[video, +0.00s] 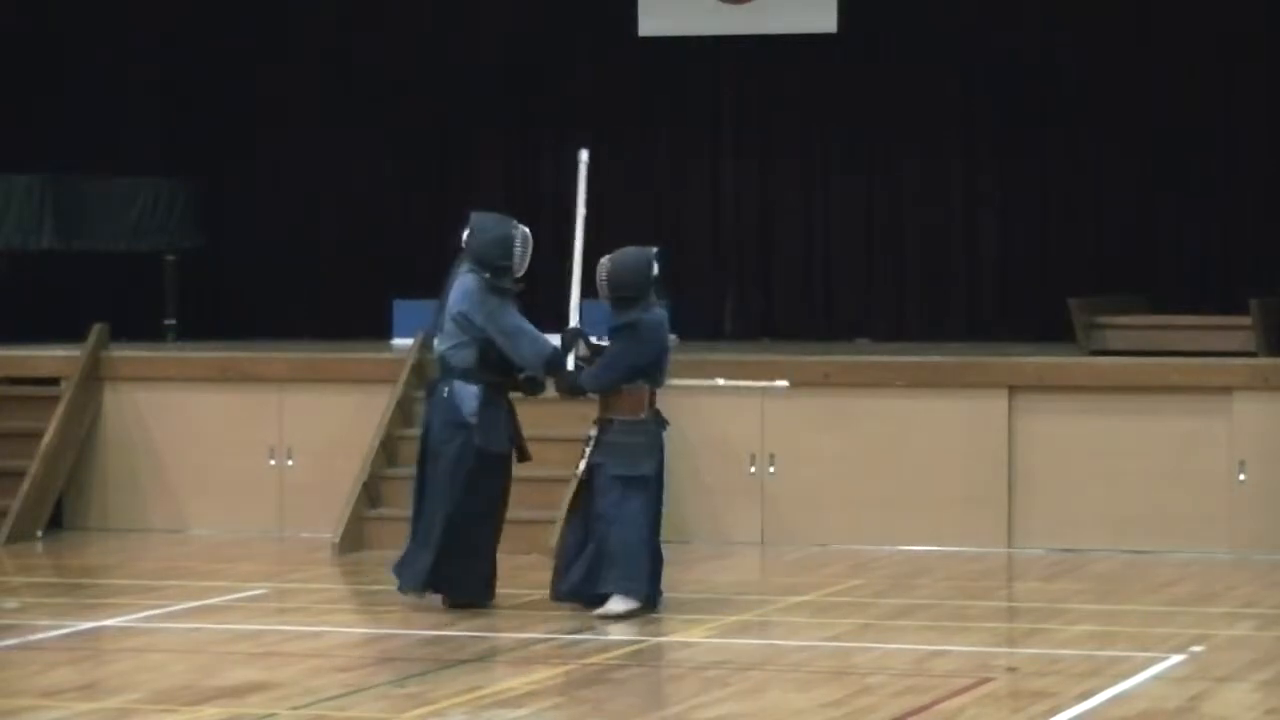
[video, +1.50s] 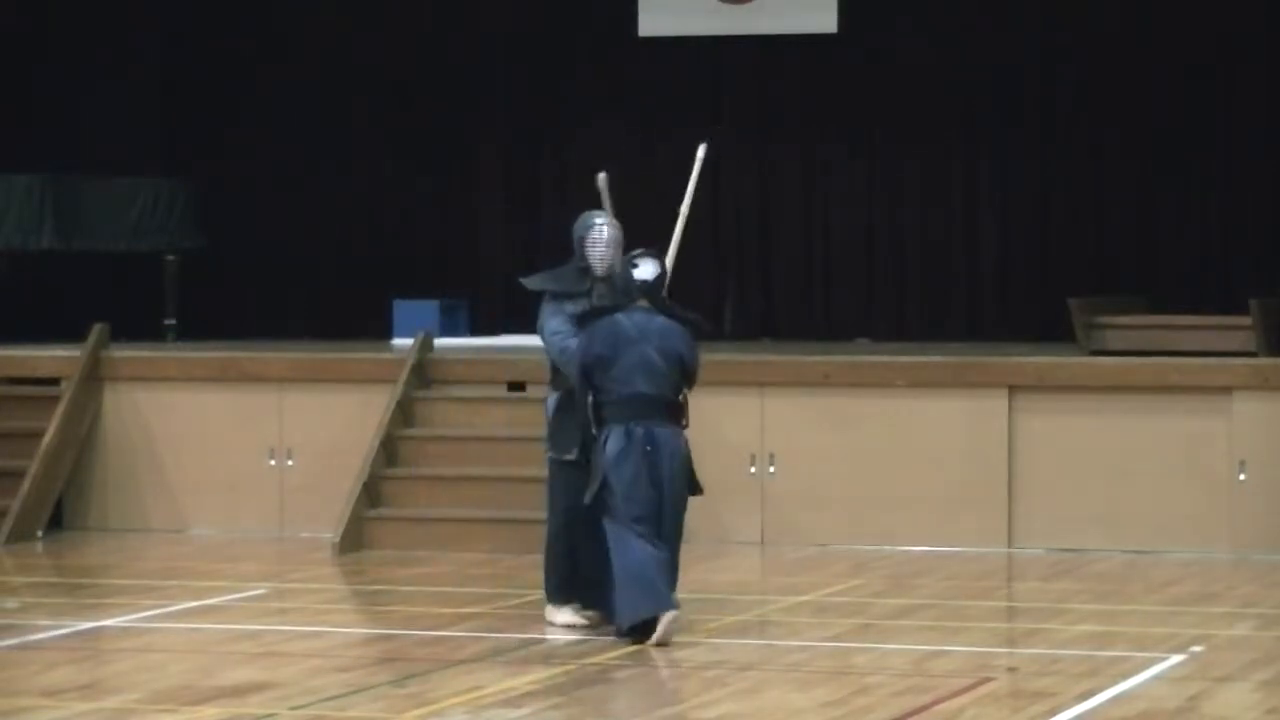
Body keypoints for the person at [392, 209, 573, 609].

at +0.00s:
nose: (519, 261)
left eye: (519, 253)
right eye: (514, 253)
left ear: (479, 252)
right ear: (498, 256)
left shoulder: (477, 284)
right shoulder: (477, 291)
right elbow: (528, 347)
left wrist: (533, 368)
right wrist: (556, 356)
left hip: (476, 398)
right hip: (470, 402)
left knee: (477, 490)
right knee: (473, 491)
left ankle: (468, 584)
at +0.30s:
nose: (543, 262)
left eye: (543, 253)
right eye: (539, 254)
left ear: (504, 252)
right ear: (524, 256)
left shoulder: (494, 285)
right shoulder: (496, 295)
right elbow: (549, 346)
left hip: (478, 394)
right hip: (488, 401)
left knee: (468, 488)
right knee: (505, 490)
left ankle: (459, 581)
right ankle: (503, 585)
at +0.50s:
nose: (547, 254)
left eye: (547, 245)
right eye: (542, 246)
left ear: (510, 249)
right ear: (524, 250)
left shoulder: (519, 291)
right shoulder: (503, 299)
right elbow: (537, 348)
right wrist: (580, 338)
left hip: (516, 397)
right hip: (502, 401)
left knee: (494, 488)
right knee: (499, 490)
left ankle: (477, 577)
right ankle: (491, 582)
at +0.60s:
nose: (546, 252)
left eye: (547, 243)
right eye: (540, 244)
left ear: (515, 247)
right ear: (525, 248)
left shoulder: (542, 291)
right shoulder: (505, 299)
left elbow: (569, 326)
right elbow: (524, 348)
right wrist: (566, 352)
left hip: (535, 397)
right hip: (507, 399)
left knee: (529, 488)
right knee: (506, 490)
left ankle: (527, 583)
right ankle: (500, 585)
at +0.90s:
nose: (566, 253)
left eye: (572, 243)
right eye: (557, 244)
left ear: (580, 247)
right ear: (539, 247)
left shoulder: (585, 292)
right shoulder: (521, 297)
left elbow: (606, 333)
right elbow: (527, 347)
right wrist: (575, 357)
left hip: (576, 402)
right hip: (531, 402)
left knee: (568, 494)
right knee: (525, 495)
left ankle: (570, 588)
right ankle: (515, 588)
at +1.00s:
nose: (579, 254)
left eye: (584, 246)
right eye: (570, 246)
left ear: (592, 249)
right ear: (551, 249)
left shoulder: (597, 293)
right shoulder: (534, 301)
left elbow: (621, 334)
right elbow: (546, 355)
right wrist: (596, 349)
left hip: (589, 406)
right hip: (544, 405)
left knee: (577, 500)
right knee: (535, 498)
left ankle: (572, 594)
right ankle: (515, 595)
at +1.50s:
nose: (602, 251)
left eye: (609, 243)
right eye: (595, 243)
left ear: (620, 247)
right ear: (581, 246)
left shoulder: (634, 290)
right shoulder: (560, 295)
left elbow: (671, 332)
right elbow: (569, 353)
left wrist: (652, 296)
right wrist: (605, 366)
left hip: (621, 410)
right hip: (573, 409)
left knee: (611, 506)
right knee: (569, 507)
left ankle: (605, 599)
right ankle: (560, 600)